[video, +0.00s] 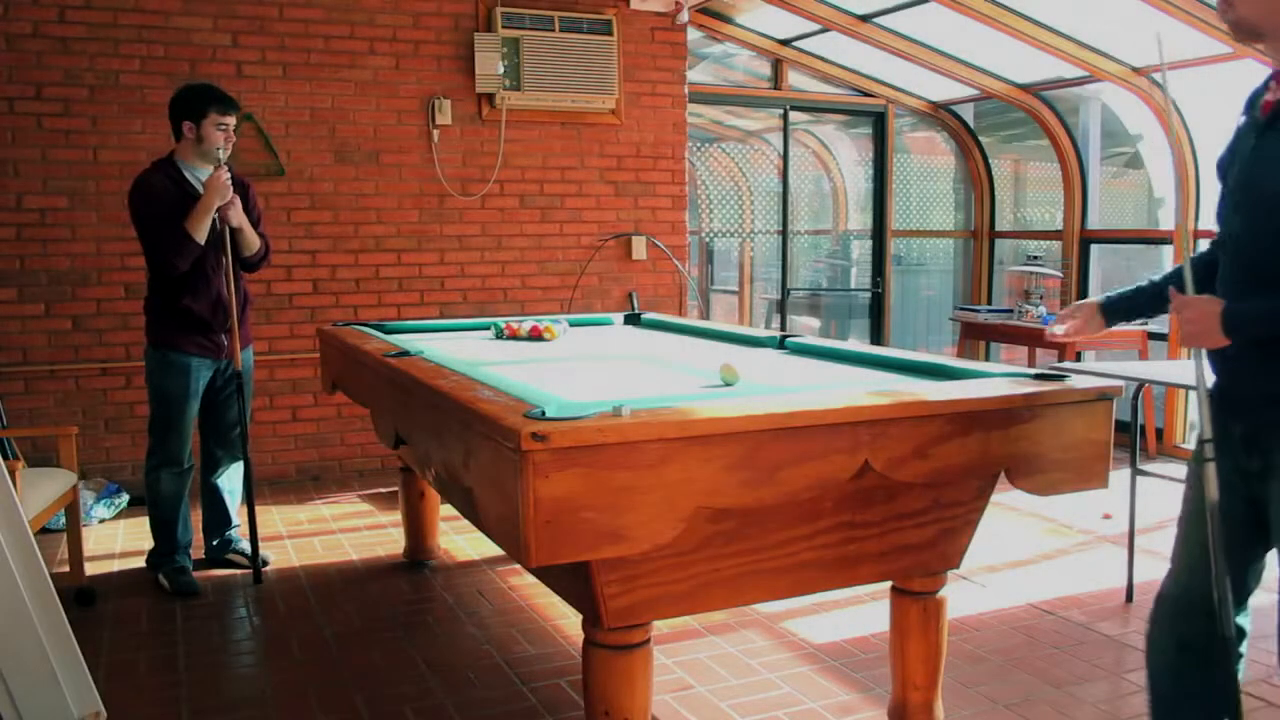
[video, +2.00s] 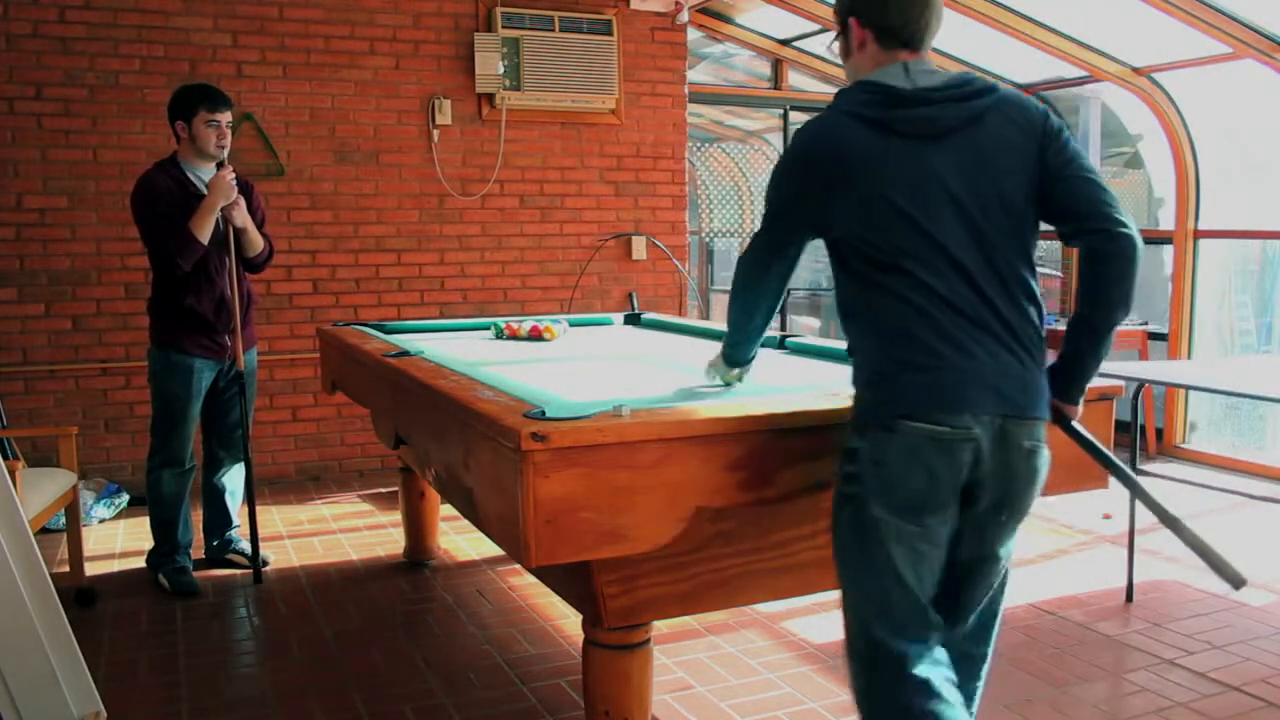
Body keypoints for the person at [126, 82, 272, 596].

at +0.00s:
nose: (229, 138)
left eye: (233, 128)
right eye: (220, 128)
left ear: (233, 132)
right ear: (187, 130)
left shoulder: (236, 185)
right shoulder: (152, 187)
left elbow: (255, 261)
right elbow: (171, 262)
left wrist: (240, 222)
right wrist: (205, 205)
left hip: (235, 338)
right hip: (180, 340)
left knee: (228, 449)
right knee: (174, 454)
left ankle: (223, 542)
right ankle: (170, 558)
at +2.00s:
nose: (224, 134)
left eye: (228, 126)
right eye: (213, 125)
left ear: (232, 131)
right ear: (182, 129)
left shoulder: (239, 186)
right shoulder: (155, 187)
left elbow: (259, 262)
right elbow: (175, 261)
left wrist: (243, 222)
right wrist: (211, 204)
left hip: (238, 339)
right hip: (183, 341)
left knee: (230, 450)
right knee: (175, 455)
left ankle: (223, 542)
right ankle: (171, 558)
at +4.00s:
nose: (240, 142)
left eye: (242, 133)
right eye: (232, 132)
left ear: (238, 138)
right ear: (200, 132)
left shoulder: (235, 185)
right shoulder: (165, 187)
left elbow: (262, 262)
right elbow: (185, 263)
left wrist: (251, 223)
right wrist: (224, 209)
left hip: (245, 337)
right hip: (195, 340)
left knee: (233, 449)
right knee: (184, 453)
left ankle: (224, 542)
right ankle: (171, 558)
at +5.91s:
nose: (221, 139)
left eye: (223, 130)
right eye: (213, 129)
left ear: (193, 132)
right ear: (178, 129)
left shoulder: (211, 187)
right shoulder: (141, 186)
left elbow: (230, 265)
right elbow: (168, 269)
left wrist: (244, 244)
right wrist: (222, 229)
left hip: (222, 340)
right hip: (173, 344)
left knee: (236, 443)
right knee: (182, 457)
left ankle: (219, 541)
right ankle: (191, 566)